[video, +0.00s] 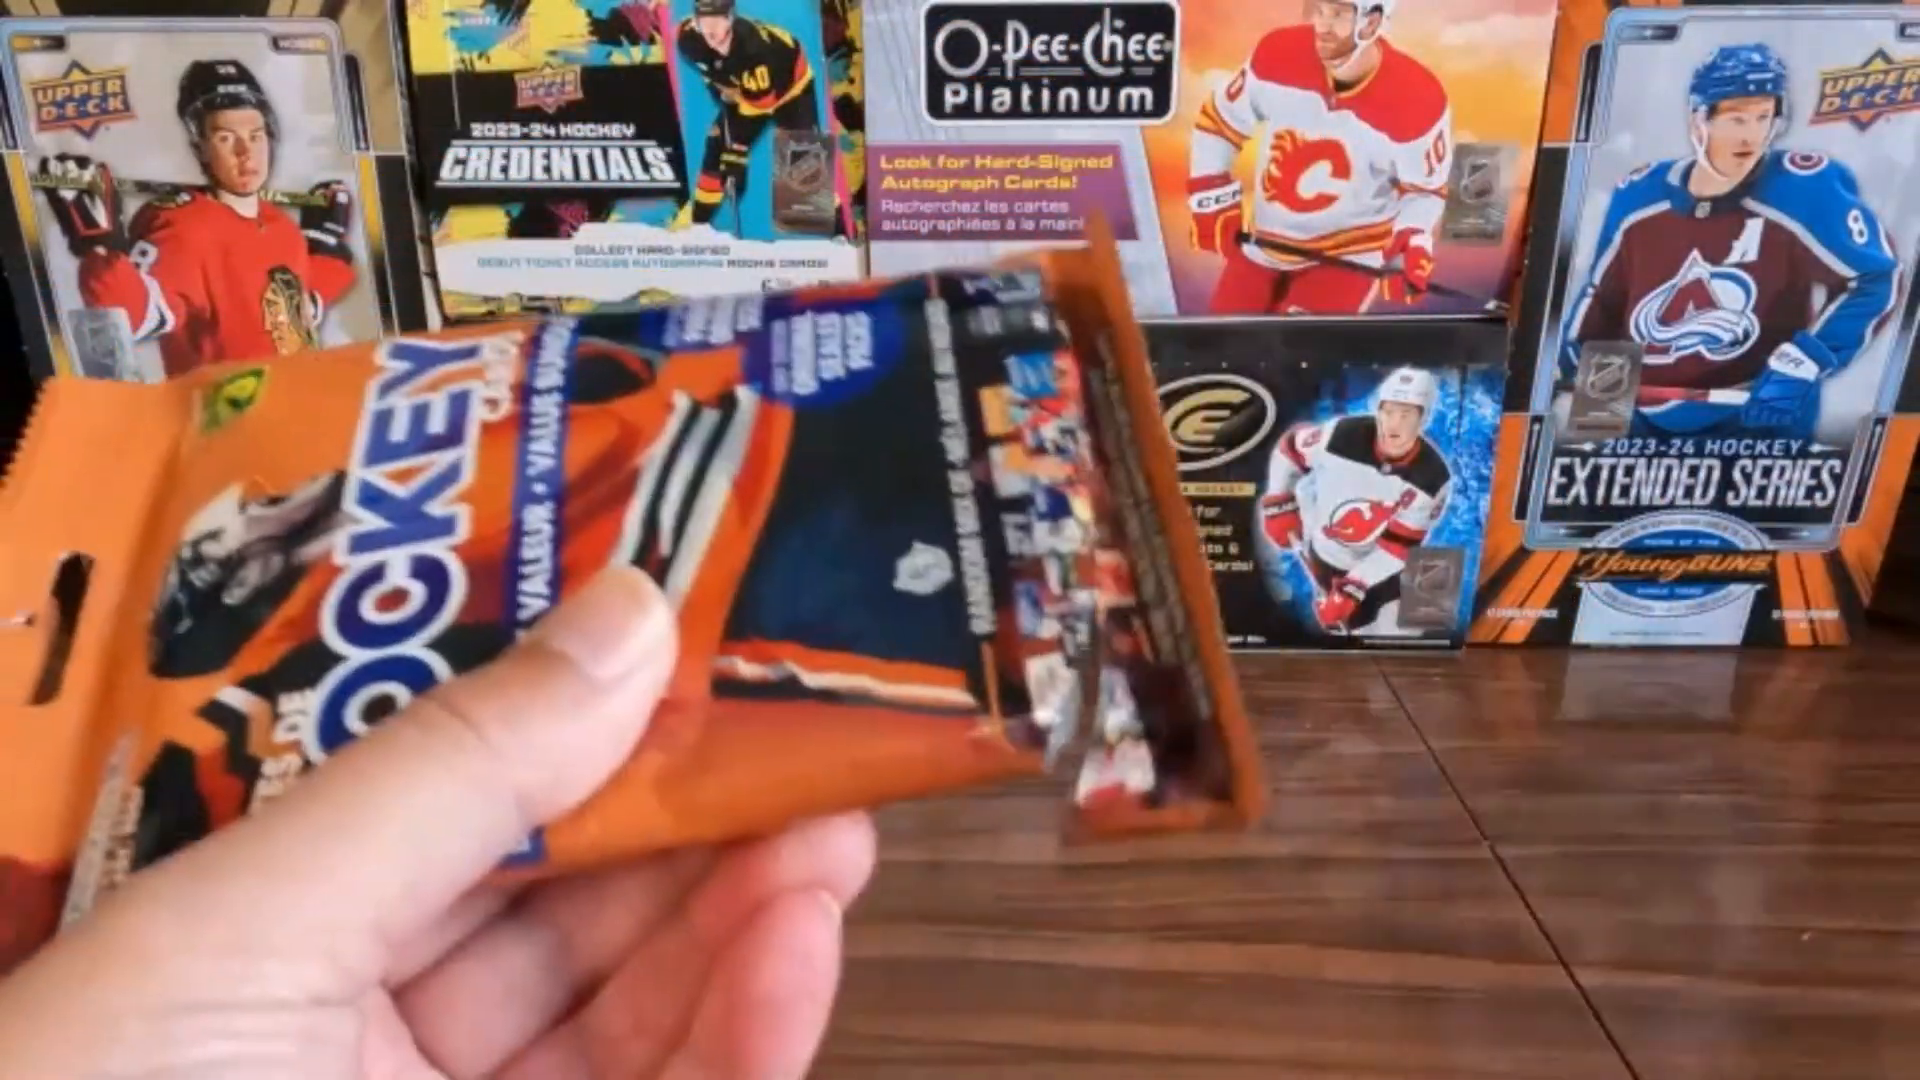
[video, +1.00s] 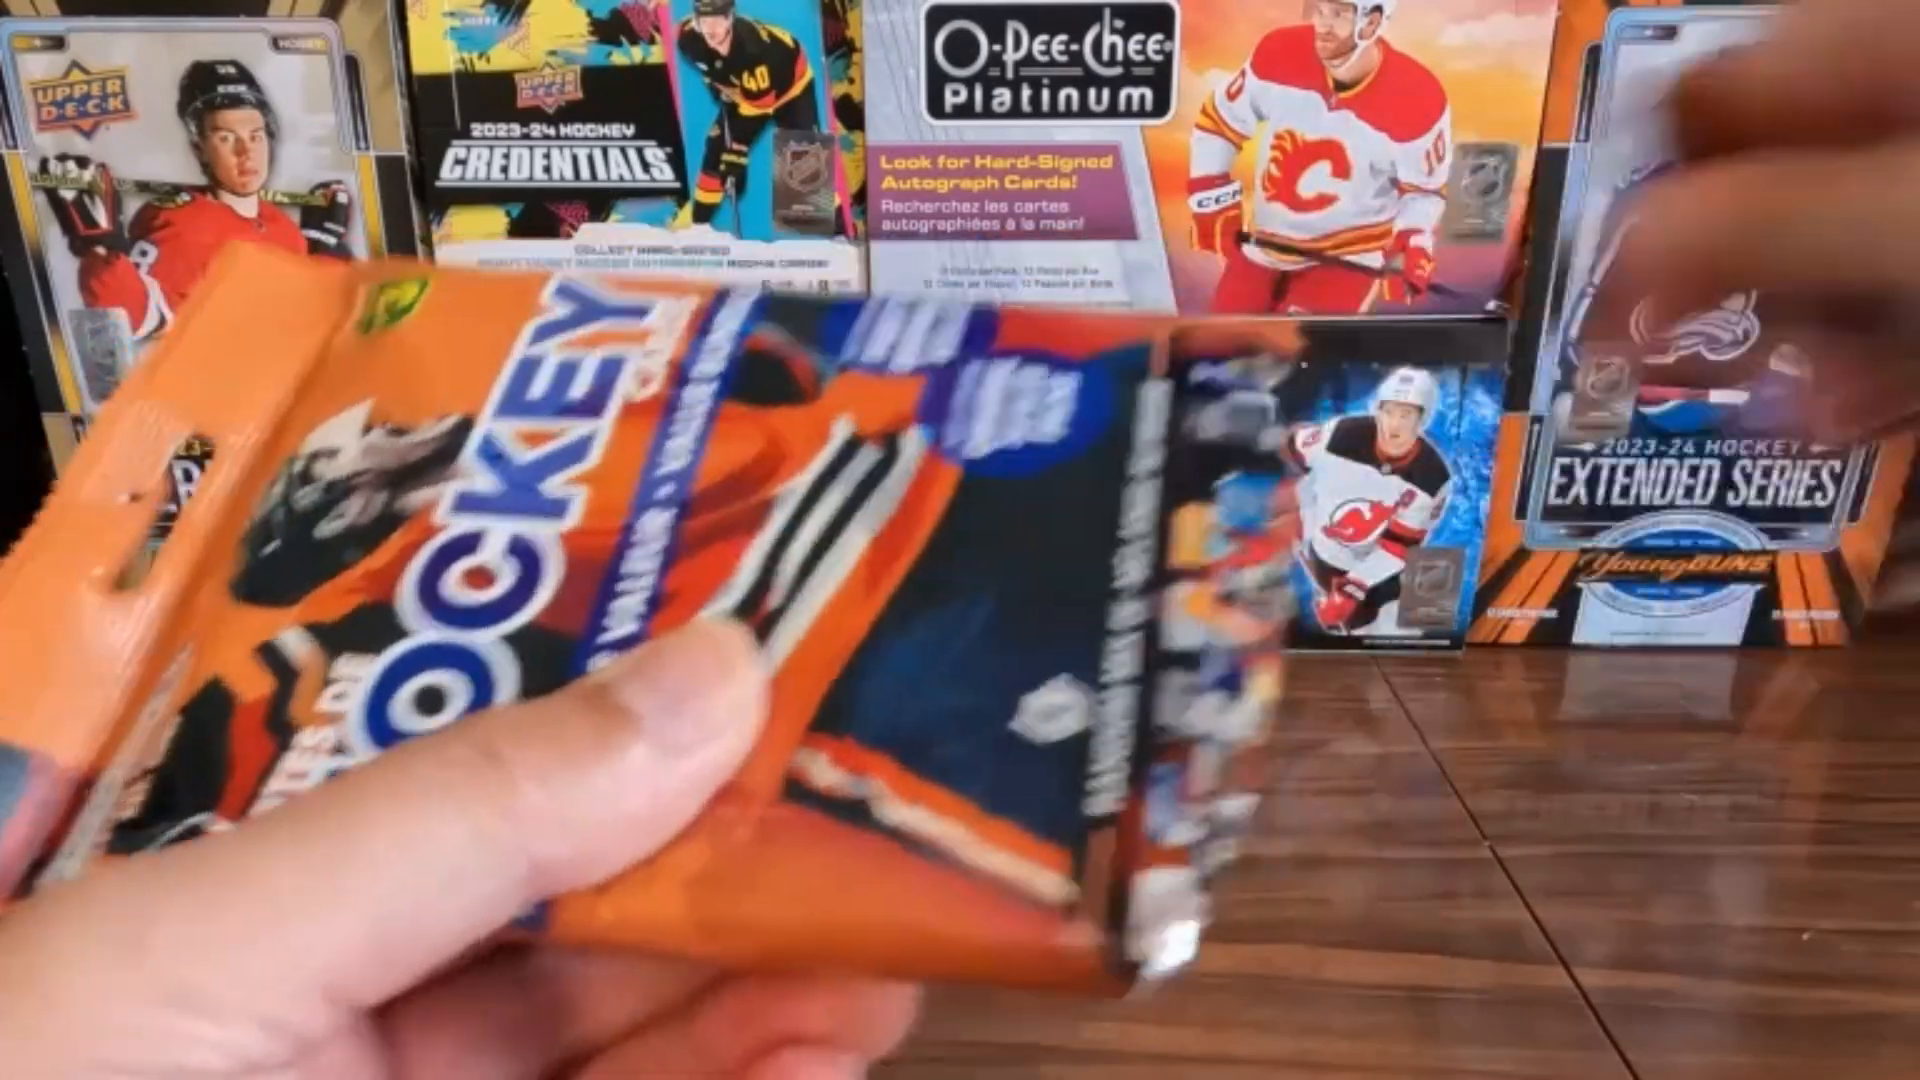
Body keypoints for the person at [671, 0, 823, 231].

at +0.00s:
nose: (712, 30)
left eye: (718, 22)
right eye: (705, 22)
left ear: (730, 19)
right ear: (696, 23)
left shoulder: (754, 48)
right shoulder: (689, 38)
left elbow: (757, 107)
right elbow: (709, 71)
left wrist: (736, 155)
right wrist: (723, 92)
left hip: (790, 91)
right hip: (743, 96)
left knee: (804, 161)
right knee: (717, 145)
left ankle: (838, 227)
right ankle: (699, 218)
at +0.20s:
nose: (711, 29)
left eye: (718, 21)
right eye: (705, 22)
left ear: (730, 19)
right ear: (696, 22)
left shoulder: (754, 49)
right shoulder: (689, 38)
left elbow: (756, 108)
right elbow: (710, 72)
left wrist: (736, 155)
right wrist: (725, 92)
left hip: (791, 91)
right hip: (742, 97)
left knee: (805, 161)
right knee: (716, 146)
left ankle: (839, 229)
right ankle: (698, 220)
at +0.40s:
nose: (712, 29)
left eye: (718, 21)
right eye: (705, 22)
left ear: (730, 19)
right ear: (696, 22)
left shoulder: (754, 48)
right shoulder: (689, 38)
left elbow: (756, 109)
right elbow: (709, 72)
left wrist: (736, 158)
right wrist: (724, 93)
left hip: (790, 90)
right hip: (742, 96)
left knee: (804, 160)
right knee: (717, 145)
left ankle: (837, 225)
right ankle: (699, 220)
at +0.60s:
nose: (711, 29)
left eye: (718, 21)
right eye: (705, 22)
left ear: (730, 19)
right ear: (697, 22)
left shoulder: (754, 48)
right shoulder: (689, 38)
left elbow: (756, 108)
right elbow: (711, 75)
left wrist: (736, 157)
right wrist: (727, 97)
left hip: (791, 92)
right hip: (742, 99)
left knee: (805, 161)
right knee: (716, 148)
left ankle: (840, 229)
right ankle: (698, 222)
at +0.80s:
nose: (711, 29)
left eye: (718, 22)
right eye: (705, 22)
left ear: (731, 18)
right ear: (697, 22)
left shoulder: (754, 48)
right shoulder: (689, 37)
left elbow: (758, 108)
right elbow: (708, 69)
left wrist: (736, 154)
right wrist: (722, 89)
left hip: (791, 92)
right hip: (742, 99)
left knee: (805, 161)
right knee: (716, 149)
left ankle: (837, 226)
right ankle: (698, 224)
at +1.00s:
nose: (711, 30)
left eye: (717, 22)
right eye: (705, 22)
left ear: (731, 18)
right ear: (696, 22)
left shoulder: (753, 47)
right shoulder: (689, 37)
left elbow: (758, 108)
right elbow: (708, 69)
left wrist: (736, 153)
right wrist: (722, 91)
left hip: (790, 91)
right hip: (743, 98)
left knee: (804, 160)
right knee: (717, 146)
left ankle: (838, 227)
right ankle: (698, 222)